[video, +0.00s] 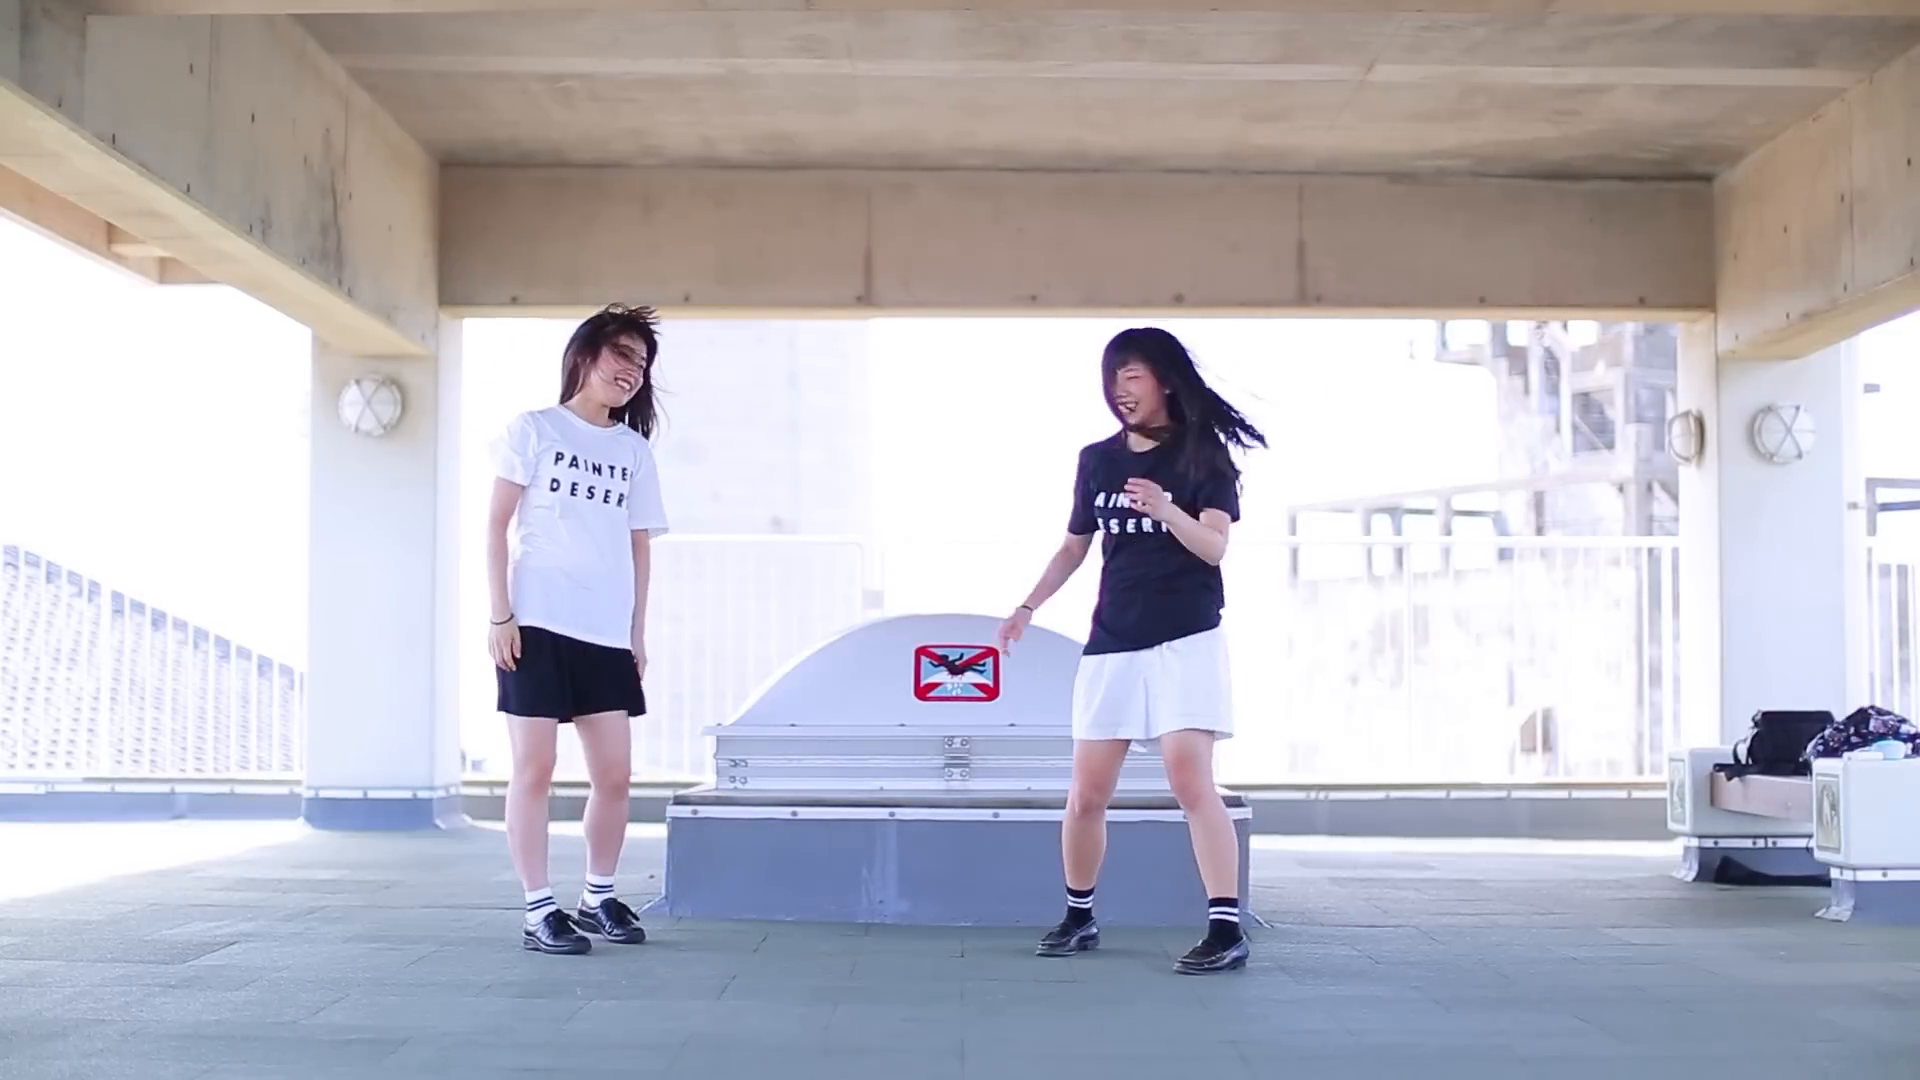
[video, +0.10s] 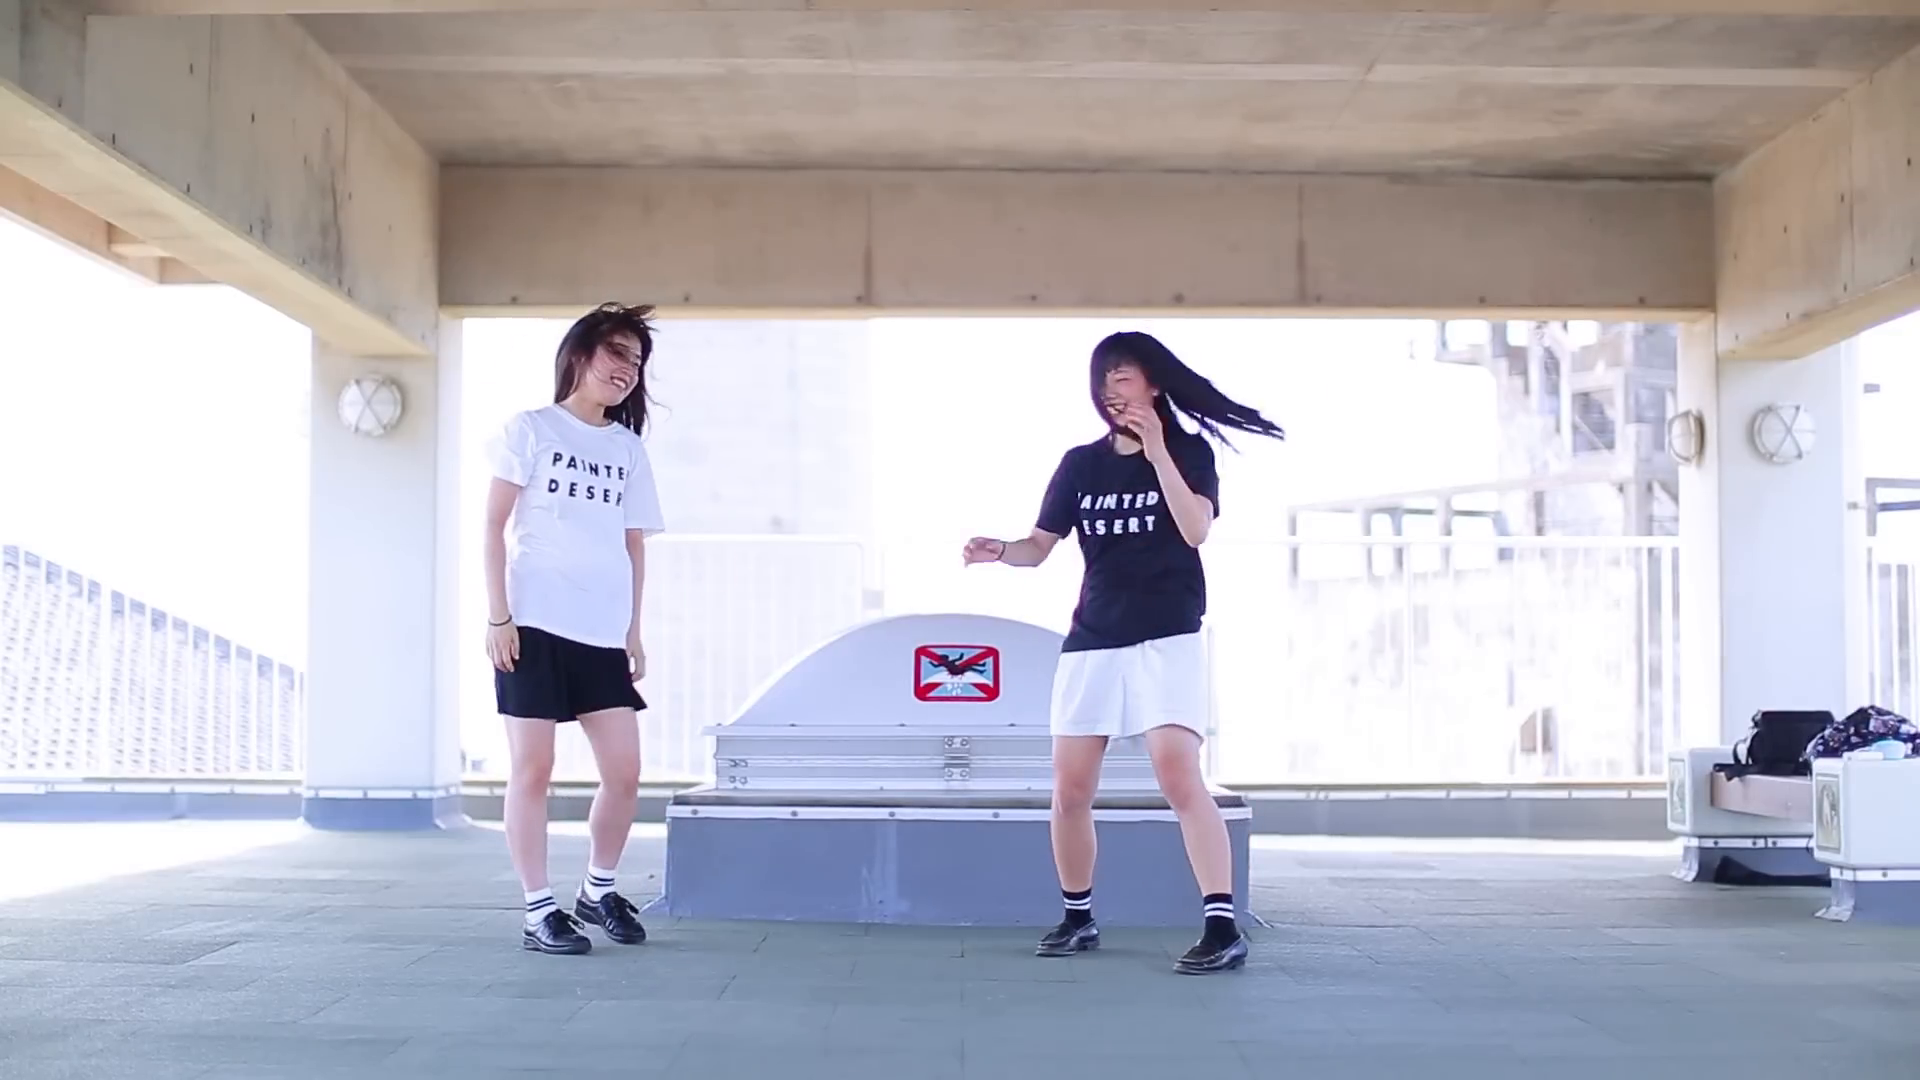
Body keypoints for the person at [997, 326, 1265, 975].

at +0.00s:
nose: (1122, 390)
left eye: (1134, 377)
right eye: (1115, 380)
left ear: (1169, 380)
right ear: (1109, 389)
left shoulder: (1206, 455)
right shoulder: (1099, 460)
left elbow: (1213, 548)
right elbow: (1075, 547)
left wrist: (1167, 510)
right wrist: (1028, 606)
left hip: (1186, 639)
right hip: (1112, 641)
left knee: (1191, 782)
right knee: (1086, 795)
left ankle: (1226, 929)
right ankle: (1078, 918)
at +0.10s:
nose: (1114, 391)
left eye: (1126, 379)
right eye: (1105, 382)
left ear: (1156, 383)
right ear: (1097, 392)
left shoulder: (1187, 452)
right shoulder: (1081, 463)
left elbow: (1197, 530)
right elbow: (1037, 550)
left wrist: (1158, 454)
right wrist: (1002, 550)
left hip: (1169, 637)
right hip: (1092, 640)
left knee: (1178, 775)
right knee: (1069, 790)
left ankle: (1221, 926)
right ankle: (1078, 919)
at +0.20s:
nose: (1099, 393)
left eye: (1110, 379)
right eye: (1089, 384)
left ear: (1141, 382)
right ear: (1080, 393)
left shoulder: (1175, 444)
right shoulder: (1069, 457)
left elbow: (1181, 501)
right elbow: (1017, 531)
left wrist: (1147, 422)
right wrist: (1009, 481)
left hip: (1157, 633)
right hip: (1079, 638)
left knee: (1174, 777)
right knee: (1067, 788)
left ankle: (1207, 919)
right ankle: (1077, 920)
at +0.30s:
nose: (1090, 395)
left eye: (1101, 381)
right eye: (1079, 385)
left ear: (1131, 381)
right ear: (1070, 393)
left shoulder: (1166, 438)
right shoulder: (1066, 451)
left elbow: (1183, 471)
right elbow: (1017, 500)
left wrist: (1143, 395)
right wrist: (1032, 415)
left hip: (1153, 631)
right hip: (1075, 636)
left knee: (1173, 776)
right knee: (1068, 785)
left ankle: (1202, 915)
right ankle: (1077, 921)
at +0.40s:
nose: (1092, 400)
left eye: (1102, 385)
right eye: (1081, 392)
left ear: (1129, 384)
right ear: (1072, 400)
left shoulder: (1162, 445)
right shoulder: (1069, 454)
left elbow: (1190, 451)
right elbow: (1017, 478)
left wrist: (1150, 385)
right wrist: (1045, 395)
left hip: (1153, 633)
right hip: (1075, 638)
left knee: (1181, 780)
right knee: (1068, 782)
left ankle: (1213, 910)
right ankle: (1076, 920)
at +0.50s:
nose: (1100, 406)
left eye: (1112, 392)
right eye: (1088, 396)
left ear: (1140, 392)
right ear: (1077, 403)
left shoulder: (1170, 451)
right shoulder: (1071, 459)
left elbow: (1208, 447)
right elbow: (1010, 477)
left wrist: (1158, 387)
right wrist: (1046, 403)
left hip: (1162, 638)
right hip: (1082, 641)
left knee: (1191, 786)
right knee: (1072, 784)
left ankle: (1223, 908)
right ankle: (1076, 920)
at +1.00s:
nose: (1164, 389)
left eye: (1175, 376)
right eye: (1152, 380)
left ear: (1206, 381)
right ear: (1144, 391)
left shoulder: (1238, 447)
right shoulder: (1136, 455)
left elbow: (1283, 500)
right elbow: (1096, 506)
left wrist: (1238, 418)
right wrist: (1130, 429)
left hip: (1241, 641)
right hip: (1165, 648)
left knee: (1240, 788)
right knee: (1157, 786)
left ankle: (1231, 920)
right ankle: (1094, 902)